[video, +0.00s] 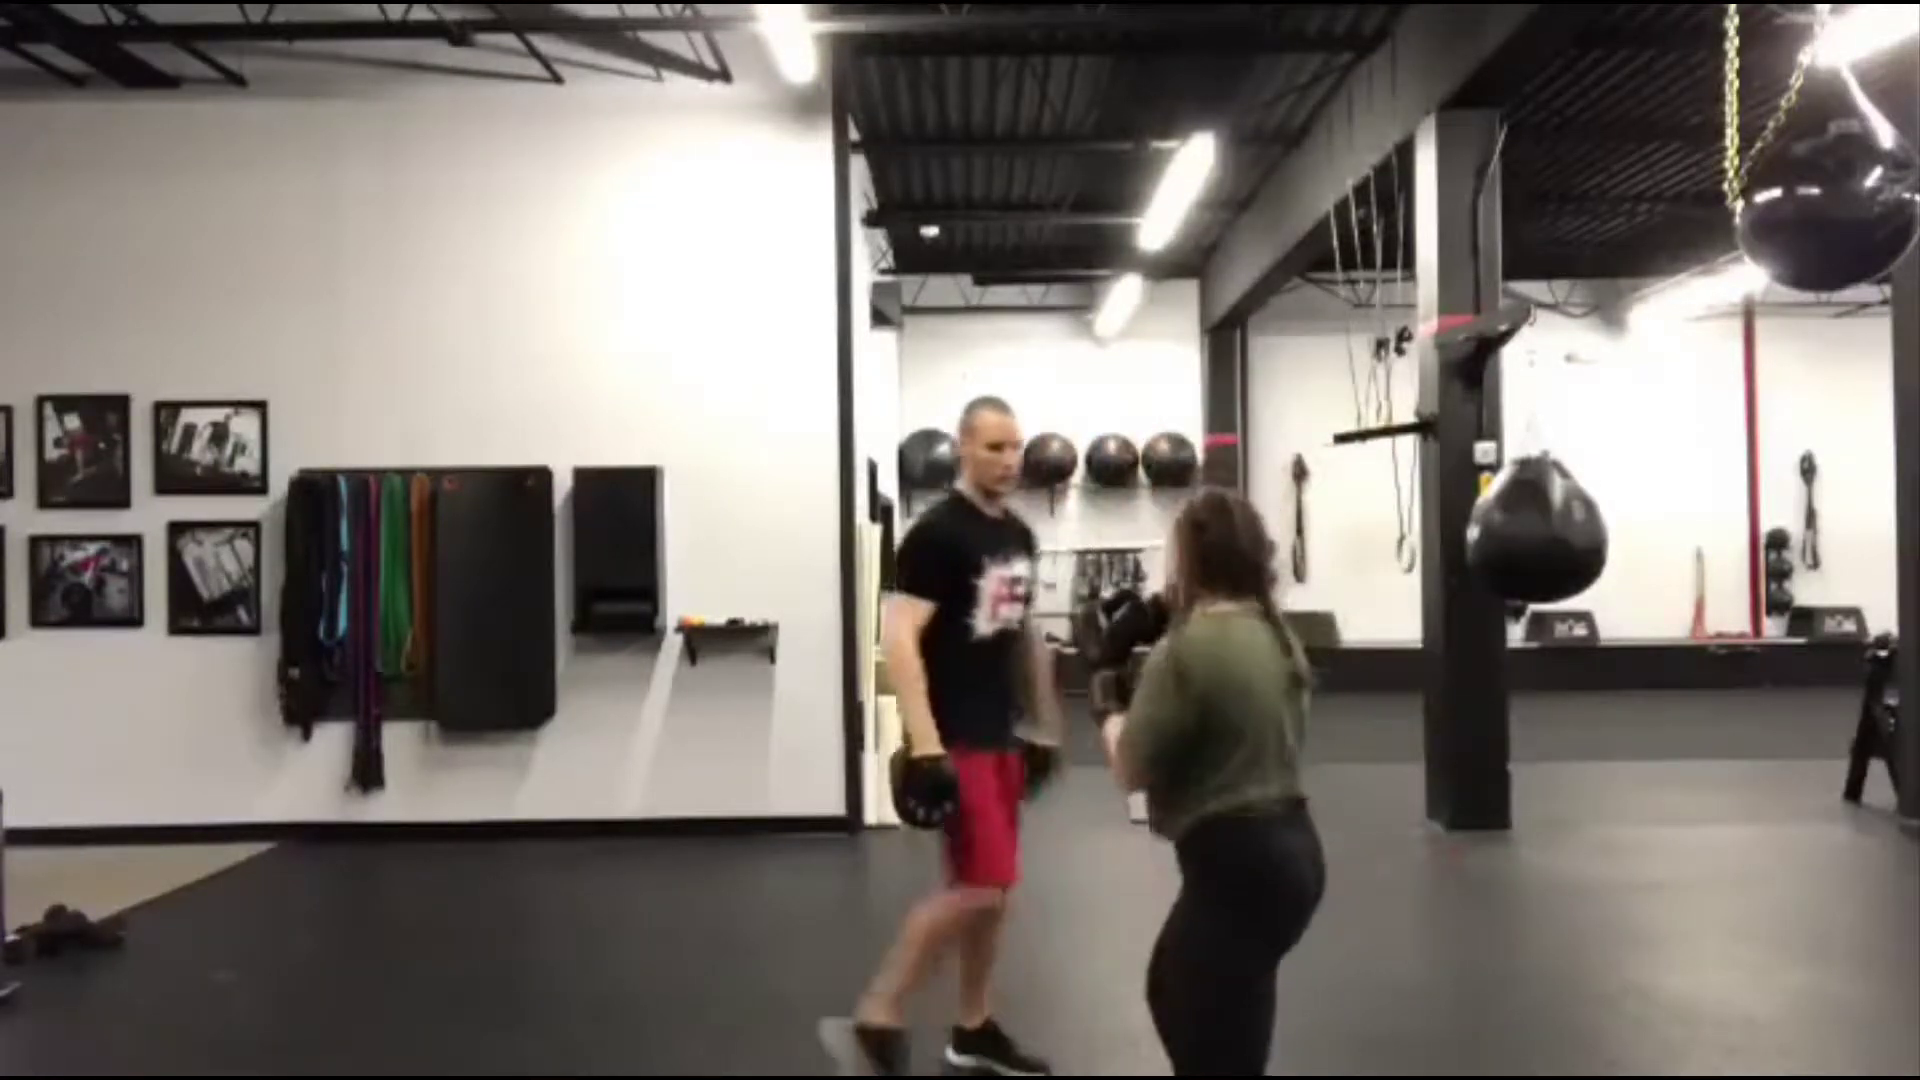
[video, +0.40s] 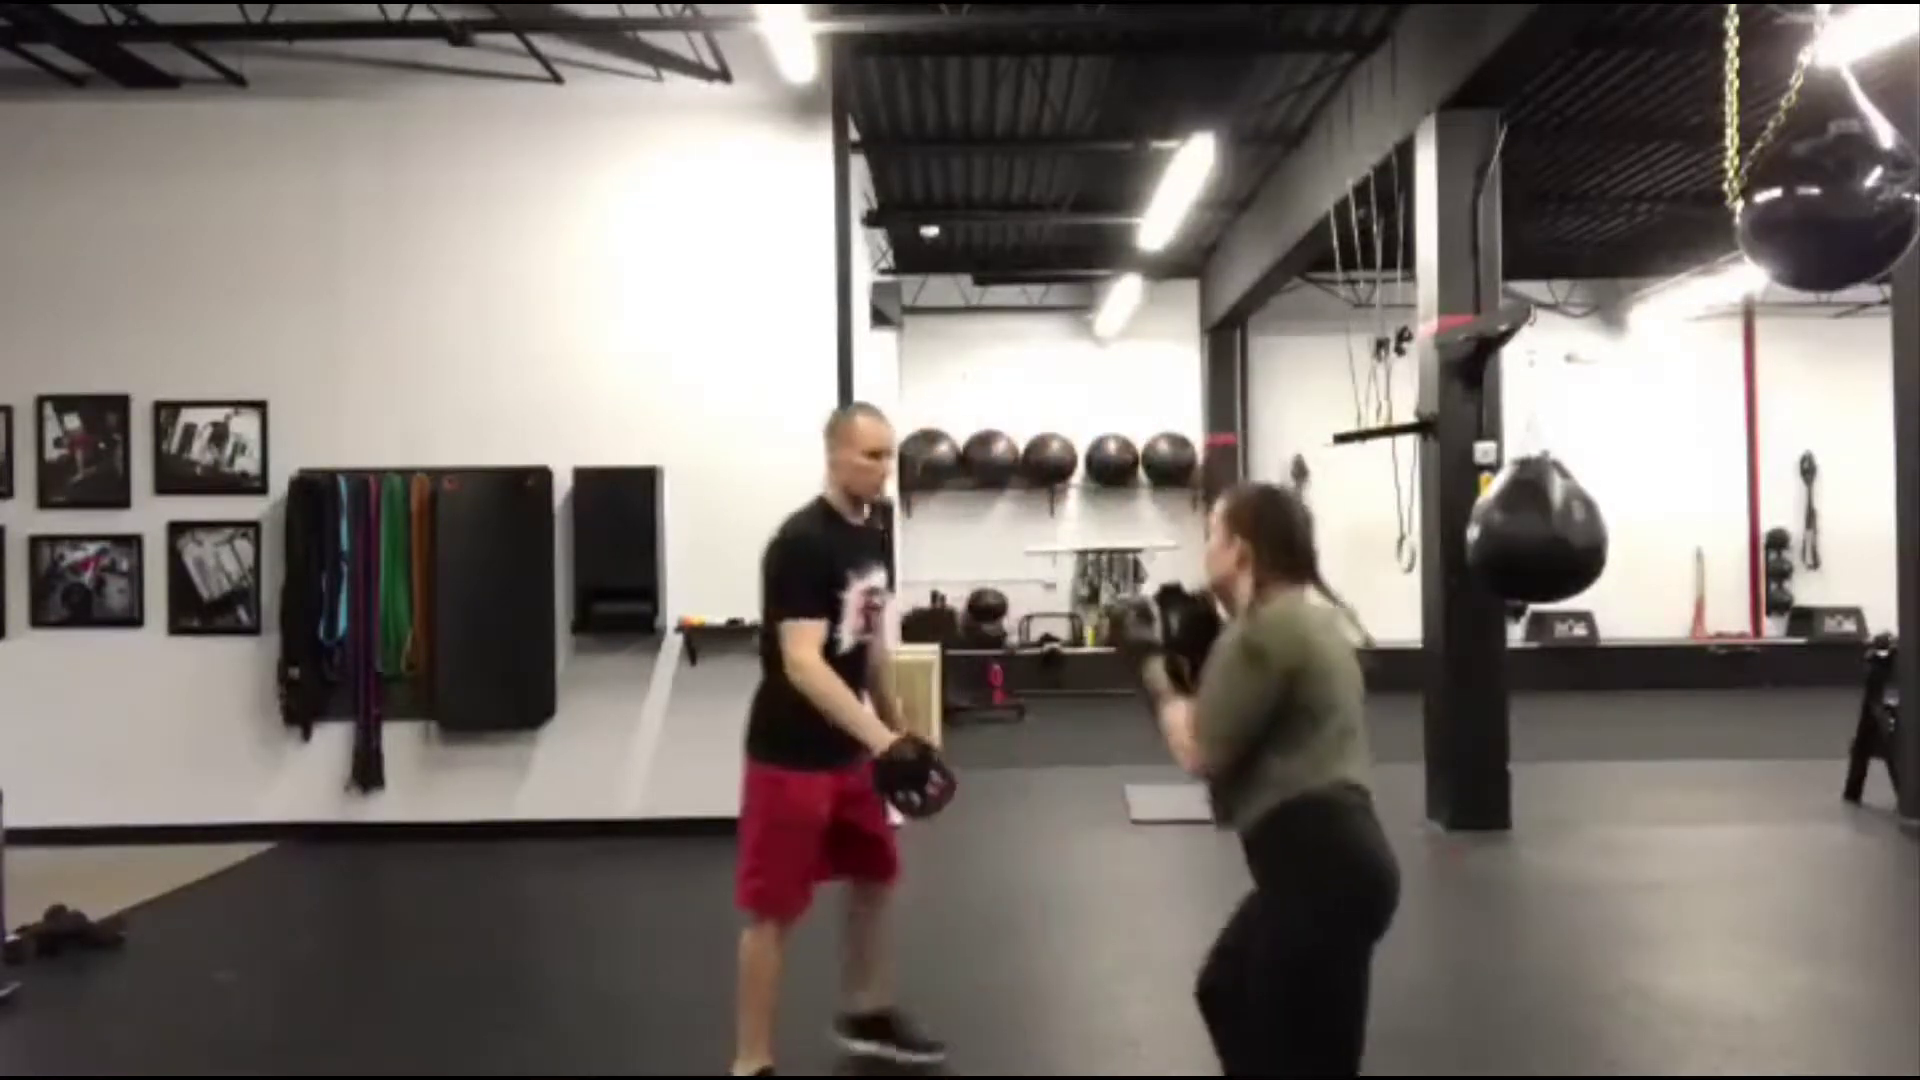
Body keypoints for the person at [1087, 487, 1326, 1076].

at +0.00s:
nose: (1171, 557)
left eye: (1176, 545)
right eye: (1175, 544)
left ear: (1190, 555)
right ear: (1252, 551)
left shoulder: (1186, 649)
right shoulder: (1277, 635)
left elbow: (1129, 766)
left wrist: (1110, 702)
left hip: (1233, 862)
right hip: (1289, 844)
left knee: (1176, 991)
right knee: (1237, 1000)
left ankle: (1215, 1071)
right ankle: (1236, 1068)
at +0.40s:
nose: (1206, 554)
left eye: (1213, 539)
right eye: (1209, 539)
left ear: (1241, 548)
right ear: (1286, 544)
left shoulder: (1265, 631)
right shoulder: (1323, 619)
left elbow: (1199, 752)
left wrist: (1158, 675)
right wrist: (1214, 649)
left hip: (1313, 870)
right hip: (1346, 858)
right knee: (1226, 992)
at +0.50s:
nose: (1203, 554)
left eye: (1208, 540)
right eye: (1205, 540)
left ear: (1236, 551)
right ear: (1281, 548)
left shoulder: (1265, 636)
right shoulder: (1306, 623)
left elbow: (1213, 761)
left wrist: (1164, 681)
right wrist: (1213, 662)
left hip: (1317, 876)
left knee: (1314, 1061)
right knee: (1198, 957)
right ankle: (1243, 1069)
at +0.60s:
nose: (1188, 508)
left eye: (1194, 493)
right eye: (1191, 493)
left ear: (1223, 500)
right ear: (1252, 499)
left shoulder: (1258, 582)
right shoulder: (1282, 572)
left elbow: (1193, 702)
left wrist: (1153, 638)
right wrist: (1195, 605)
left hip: (1302, 826)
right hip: (1288, 819)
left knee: (1334, 1045)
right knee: (1182, 928)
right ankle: (1224, 1068)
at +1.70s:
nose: (1149, 520)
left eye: (1158, 508)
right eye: (1153, 508)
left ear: (1189, 518)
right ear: (1194, 519)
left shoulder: (1217, 600)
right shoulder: (1196, 595)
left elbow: (1142, 688)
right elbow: (1155, 673)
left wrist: (1114, 618)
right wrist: (1130, 606)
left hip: (1230, 797)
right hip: (1191, 793)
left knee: (1250, 985)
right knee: (1134, 933)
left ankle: (1346, 1065)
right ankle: (1143, 1069)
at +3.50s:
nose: (1113, 513)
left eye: (1120, 501)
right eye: (1115, 501)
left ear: (1152, 510)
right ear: (1155, 511)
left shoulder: (1207, 582)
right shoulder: (1152, 576)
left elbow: (1158, 676)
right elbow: (1131, 632)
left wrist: (1110, 595)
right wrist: (1075, 575)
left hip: (1213, 774)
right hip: (1154, 771)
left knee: (1257, 940)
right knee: (1071, 900)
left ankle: (1347, 1068)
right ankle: (1078, 1043)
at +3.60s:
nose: (1084, 528)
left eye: (1093, 517)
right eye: (1087, 517)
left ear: (1126, 526)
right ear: (1124, 526)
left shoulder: (1181, 604)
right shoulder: (1099, 585)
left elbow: (1152, 700)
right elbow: (1025, 573)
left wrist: (1096, 621)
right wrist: (962, 536)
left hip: (1181, 778)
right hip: (1117, 776)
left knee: (1231, 943)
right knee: (1056, 918)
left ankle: (1327, 1068)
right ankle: (1048, 1057)